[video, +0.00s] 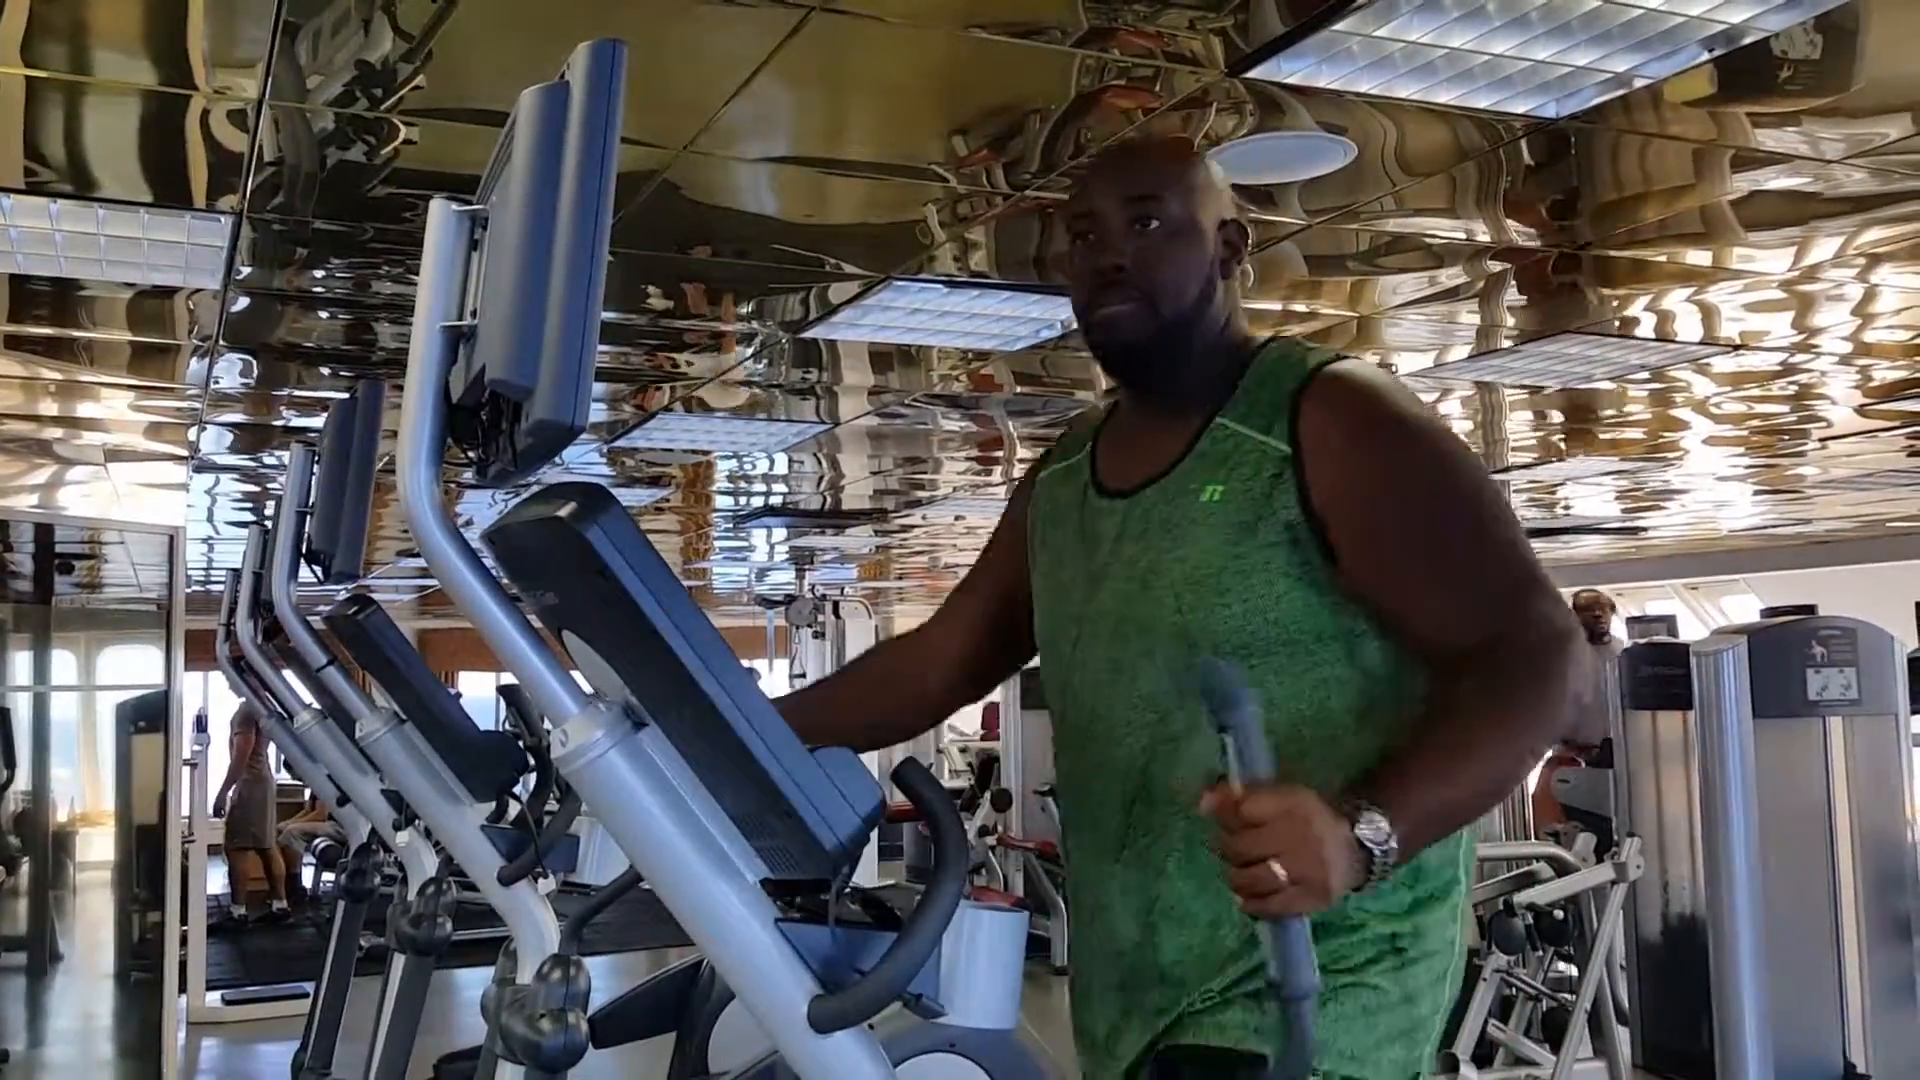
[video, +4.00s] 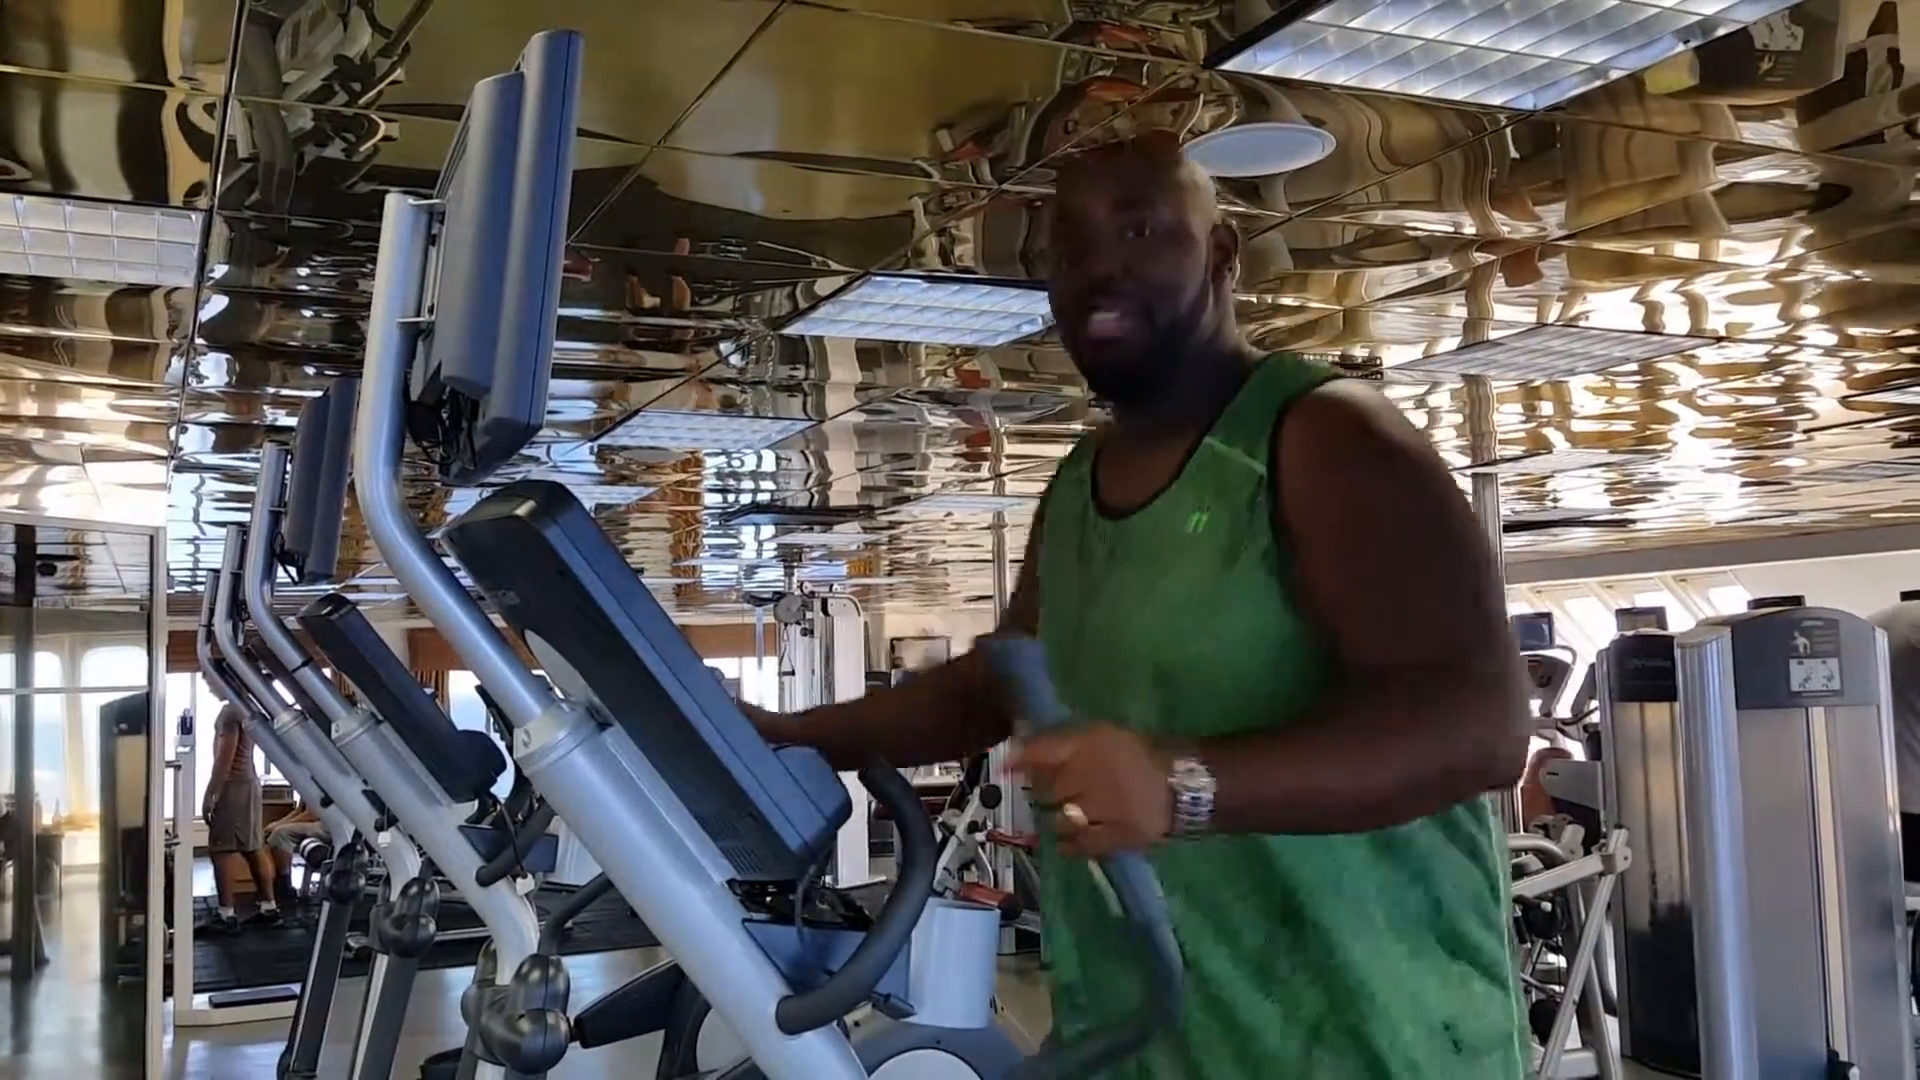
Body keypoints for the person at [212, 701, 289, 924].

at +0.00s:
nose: (225, 675)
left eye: (229, 671)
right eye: (226, 671)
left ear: (241, 676)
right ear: (254, 677)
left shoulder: (246, 711)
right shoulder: (263, 707)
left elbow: (241, 757)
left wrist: (222, 793)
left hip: (250, 784)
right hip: (265, 782)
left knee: (235, 847)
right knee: (268, 846)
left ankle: (238, 909)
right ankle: (280, 904)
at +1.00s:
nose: (214, 683)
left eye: (216, 677)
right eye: (213, 678)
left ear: (229, 676)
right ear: (236, 676)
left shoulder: (234, 709)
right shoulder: (254, 705)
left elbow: (228, 758)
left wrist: (211, 793)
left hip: (238, 783)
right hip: (256, 781)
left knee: (226, 847)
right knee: (260, 844)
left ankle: (232, 909)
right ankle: (275, 903)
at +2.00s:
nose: (209, 680)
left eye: (211, 671)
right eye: (207, 673)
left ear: (227, 673)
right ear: (235, 675)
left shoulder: (233, 705)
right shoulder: (248, 702)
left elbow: (229, 752)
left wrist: (212, 786)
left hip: (237, 780)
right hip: (253, 777)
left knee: (225, 844)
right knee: (258, 842)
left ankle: (228, 907)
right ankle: (270, 902)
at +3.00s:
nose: (208, 686)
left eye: (210, 680)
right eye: (207, 681)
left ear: (223, 679)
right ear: (229, 681)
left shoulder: (228, 712)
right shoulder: (244, 708)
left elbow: (223, 761)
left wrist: (207, 795)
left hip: (230, 787)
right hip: (247, 784)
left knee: (222, 851)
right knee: (254, 847)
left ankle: (228, 912)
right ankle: (270, 907)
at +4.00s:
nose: (206, 684)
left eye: (208, 675)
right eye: (204, 677)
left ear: (224, 678)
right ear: (232, 679)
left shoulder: (231, 712)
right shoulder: (247, 709)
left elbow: (224, 761)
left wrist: (209, 795)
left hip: (233, 786)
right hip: (250, 784)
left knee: (220, 850)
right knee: (254, 847)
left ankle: (226, 912)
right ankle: (269, 907)